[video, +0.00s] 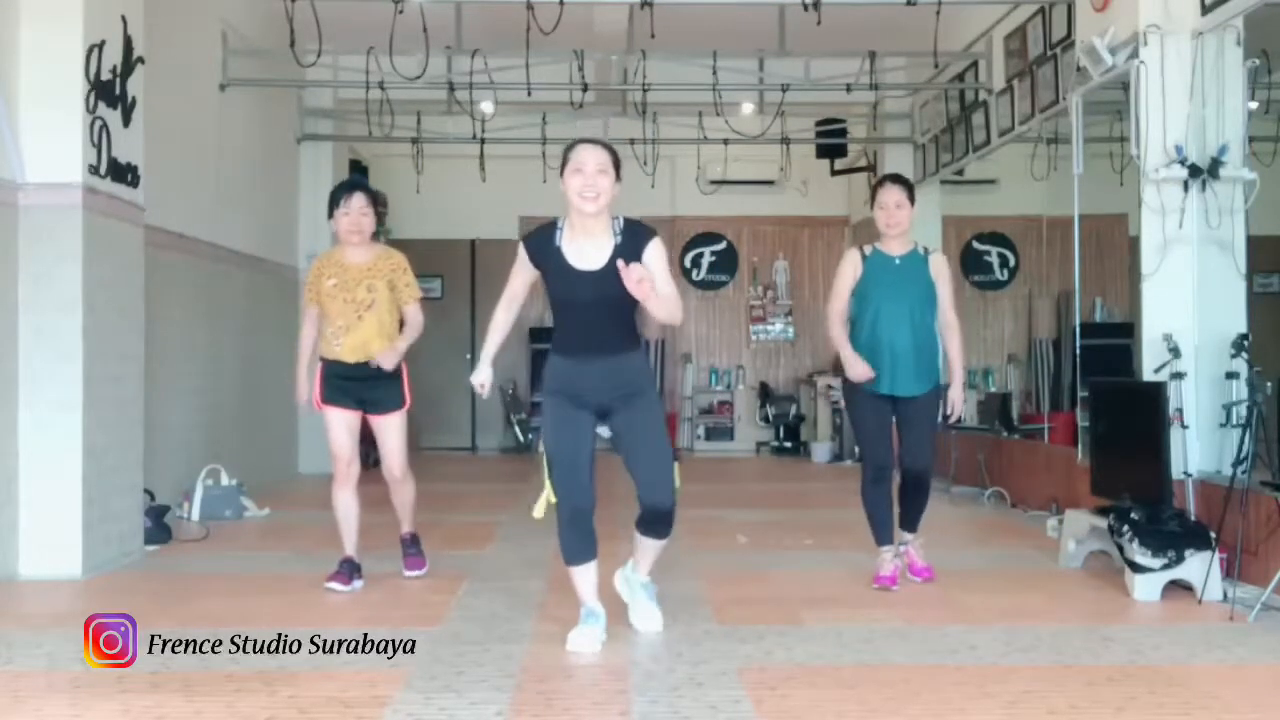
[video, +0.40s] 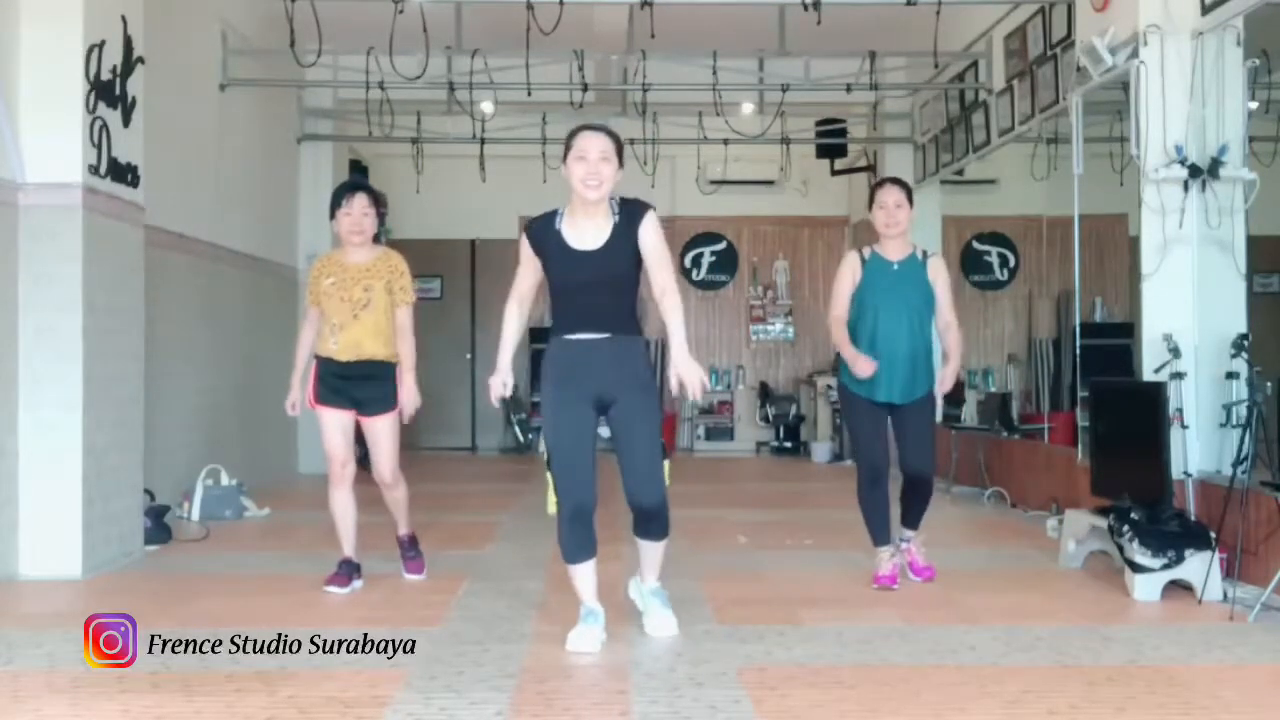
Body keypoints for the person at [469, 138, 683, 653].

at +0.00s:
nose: (589, 180)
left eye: (600, 172)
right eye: (579, 171)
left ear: (616, 183)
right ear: (562, 182)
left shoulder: (642, 242)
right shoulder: (539, 245)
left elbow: (675, 315)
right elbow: (508, 306)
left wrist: (646, 296)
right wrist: (485, 361)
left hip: (632, 386)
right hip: (565, 389)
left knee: (661, 499)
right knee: (574, 503)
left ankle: (637, 576)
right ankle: (590, 611)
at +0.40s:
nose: (592, 168)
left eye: (603, 159)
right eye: (581, 158)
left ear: (618, 169)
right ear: (564, 166)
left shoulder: (639, 220)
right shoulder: (540, 232)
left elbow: (667, 290)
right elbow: (519, 302)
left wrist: (680, 353)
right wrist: (504, 364)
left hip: (630, 367)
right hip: (566, 370)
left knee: (649, 492)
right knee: (575, 497)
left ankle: (648, 586)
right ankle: (590, 610)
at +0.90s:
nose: (590, 177)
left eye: (600, 168)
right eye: (579, 168)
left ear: (616, 179)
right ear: (562, 176)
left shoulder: (636, 239)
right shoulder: (537, 245)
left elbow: (655, 310)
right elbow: (523, 325)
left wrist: (671, 375)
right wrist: (547, 299)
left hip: (625, 375)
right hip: (560, 377)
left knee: (638, 493)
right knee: (573, 508)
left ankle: (633, 625)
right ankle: (590, 612)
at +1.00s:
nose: (589, 181)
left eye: (600, 172)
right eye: (579, 171)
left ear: (615, 182)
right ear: (562, 180)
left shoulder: (636, 242)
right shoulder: (537, 250)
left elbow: (653, 311)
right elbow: (521, 330)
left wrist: (665, 373)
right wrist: (549, 298)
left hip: (625, 374)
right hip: (559, 377)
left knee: (644, 465)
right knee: (573, 509)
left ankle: (638, 605)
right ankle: (590, 612)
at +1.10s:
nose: (591, 172)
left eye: (602, 163)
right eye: (580, 162)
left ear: (616, 172)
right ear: (562, 171)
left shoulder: (635, 231)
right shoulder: (537, 233)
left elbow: (648, 297)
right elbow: (516, 312)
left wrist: (658, 360)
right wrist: (549, 282)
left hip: (626, 367)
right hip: (561, 371)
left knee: (642, 473)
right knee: (575, 502)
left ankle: (636, 608)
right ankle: (590, 613)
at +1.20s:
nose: (591, 167)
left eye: (601, 158)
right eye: (580, 158)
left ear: (615, 168)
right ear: (562, 167)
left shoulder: (634, 223)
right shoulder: (535, 227)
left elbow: (643, 288)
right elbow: (513, 300)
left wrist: (654, 352)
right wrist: (549, 274)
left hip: (628, 360)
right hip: (563, 364)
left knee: (636, 491)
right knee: (575, 497)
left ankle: (637, 626)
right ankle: (589, 612)